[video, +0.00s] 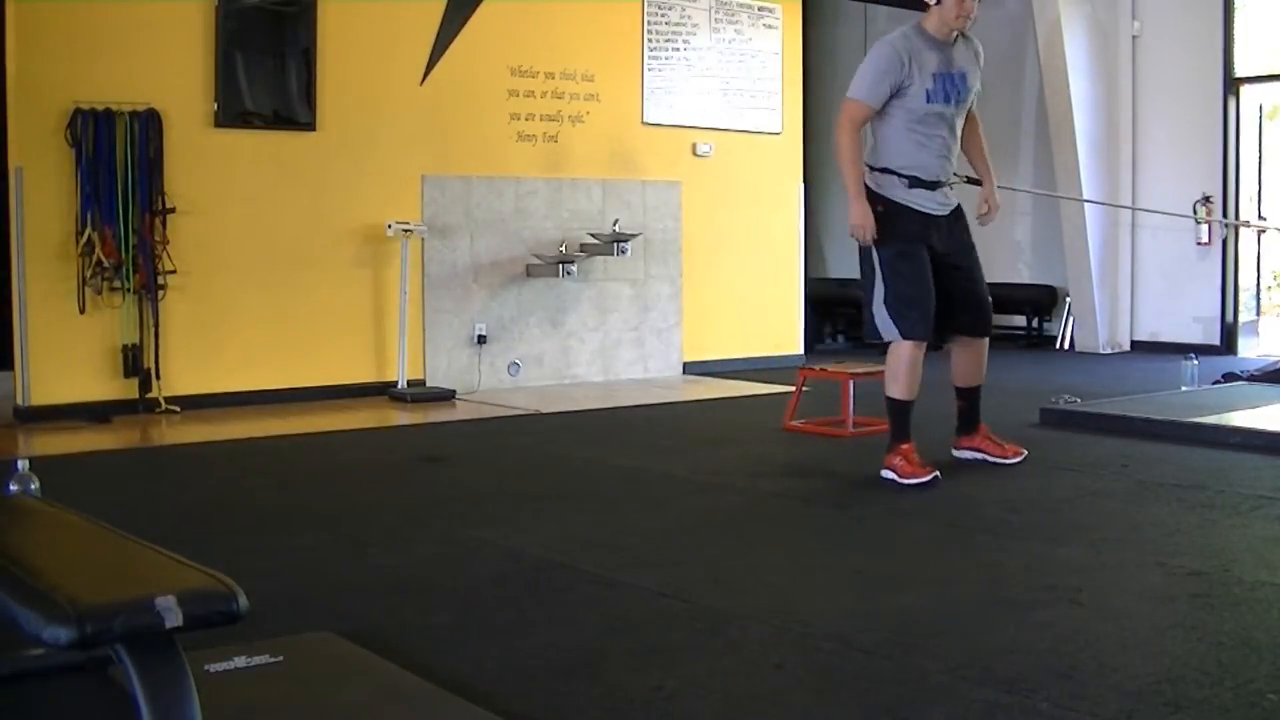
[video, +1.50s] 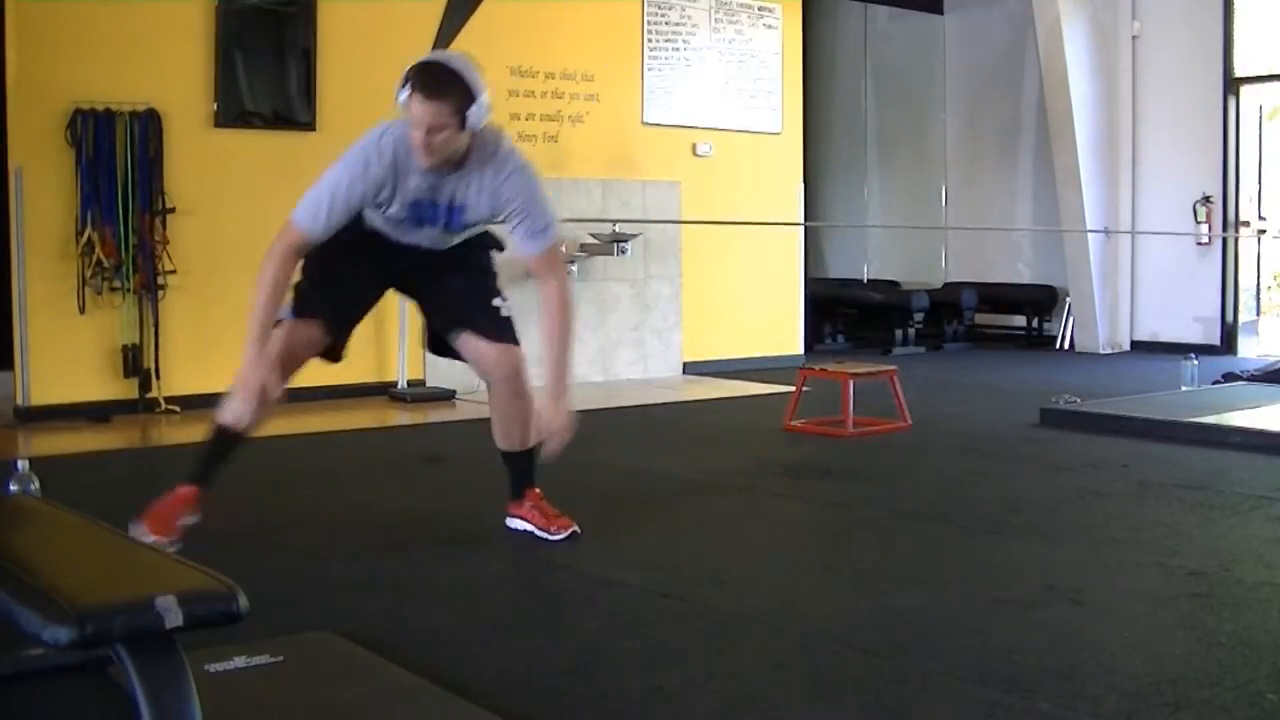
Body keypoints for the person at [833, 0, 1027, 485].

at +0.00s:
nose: (970, 11)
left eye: (974, 4)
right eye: (962, 3)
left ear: (973, 9)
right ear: (933, 1)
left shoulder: (969, 50)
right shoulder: (895, 50)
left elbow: (965, 117)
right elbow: (847, 124)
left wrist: (987, 180)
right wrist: (856, 201)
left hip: (945, 207)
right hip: (893, 206)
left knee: (974, 319)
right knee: (912, 325)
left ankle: (969, 434)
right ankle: (899, 451)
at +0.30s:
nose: (999, 47)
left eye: (1004, 38)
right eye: (990, 36)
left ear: (1006, 42)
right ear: (961, 36)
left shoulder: (996, 99)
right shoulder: (915, 87)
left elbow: (987, 162)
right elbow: (852, 147)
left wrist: (990, 239)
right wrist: (836, 226)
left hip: (931, 226)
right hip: (875, 222)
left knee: (977, 324)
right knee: (890, 322)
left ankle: (979, 439)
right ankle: (862, 445)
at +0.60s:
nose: (946, 91)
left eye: (951, 83)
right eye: (936, 82)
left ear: (954, 89)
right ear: (908, 86)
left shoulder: (955, 146)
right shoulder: (865, 138)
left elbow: (976, 203)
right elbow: (793, 202)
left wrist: (996, 241)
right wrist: (738, 269)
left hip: (890, 258)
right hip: (825, 254)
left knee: (957, 343)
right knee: (814, 338)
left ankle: (978, 441)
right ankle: (784, 456)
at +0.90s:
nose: (814, 64)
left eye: (826, 55)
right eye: (805, 51)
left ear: (838, 60)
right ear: (786, 50)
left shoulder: (841, 117)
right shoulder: (744, 102)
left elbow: (872, 186)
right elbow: (673, 180)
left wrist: (894, 255)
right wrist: (648, 262)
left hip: (757, 233)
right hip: (692, 232)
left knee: (832, 316)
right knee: (676, 345)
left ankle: (800, 453)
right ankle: (677, 442)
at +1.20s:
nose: (611, 77)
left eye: (624, 66)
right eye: (603, 63)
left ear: (648, 68)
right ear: (592, 61)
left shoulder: (673, 124)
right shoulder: (554, 116)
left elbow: (720, 203)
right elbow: (467, 186)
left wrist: (736, 294)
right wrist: (490, 214)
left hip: (623, 258)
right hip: (537, 253)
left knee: (702, 367)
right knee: (472, 355)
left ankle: (771, 470)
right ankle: (442, 506)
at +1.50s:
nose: (421, 142)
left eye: (438, 130)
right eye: (413, 126)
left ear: (470, 124)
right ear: (404, 114)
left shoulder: (506, 169)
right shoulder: (380, 150)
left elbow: (553, 275)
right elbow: (286, 246)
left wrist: (558, 394)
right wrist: (253, 363)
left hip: (454, 255)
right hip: (365, 242)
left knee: (505, 363)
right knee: (290, 346)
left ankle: (524, 499)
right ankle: (192, 491)